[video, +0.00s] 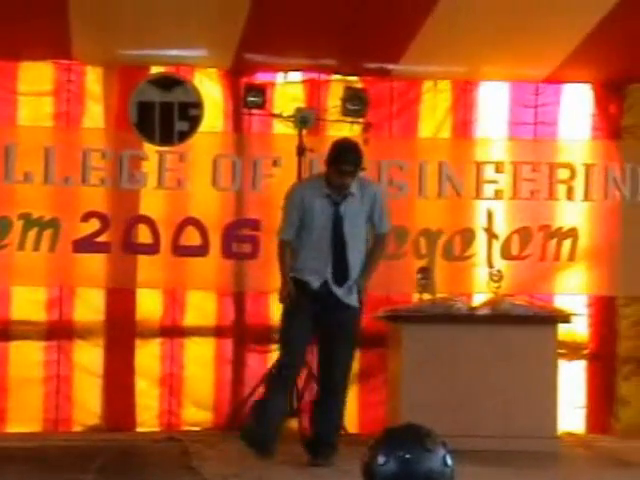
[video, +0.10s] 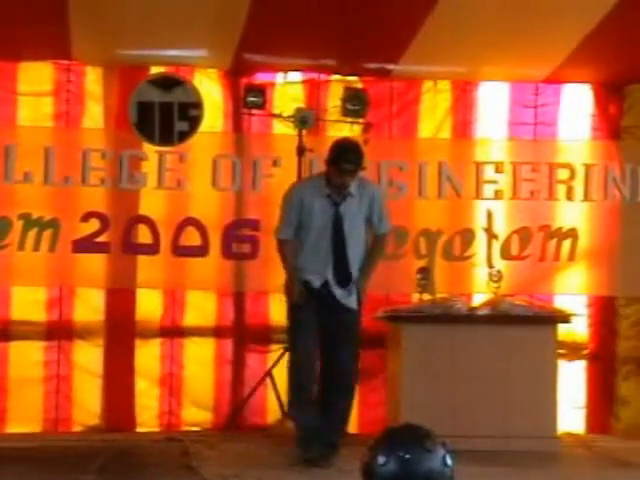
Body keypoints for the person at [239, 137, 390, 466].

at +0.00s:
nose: (345, 182)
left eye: (351, 176)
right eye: (340, 175)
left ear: (359, 172)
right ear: (327, 168)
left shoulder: (370, 195)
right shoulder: (302, 193)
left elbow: (380, 237)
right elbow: (286, 239)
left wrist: (364, 279)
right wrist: (285, 280)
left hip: (346, 293)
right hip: (306, 289)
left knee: (335, 374)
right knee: (289, 363)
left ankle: (324, 444)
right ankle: (263, 432)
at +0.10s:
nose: (346, 181)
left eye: (352, 174)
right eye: (340, 174)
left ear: (359, 171)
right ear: (328, 167)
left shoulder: (370, 193)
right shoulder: (301, 192)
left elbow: (381, 234)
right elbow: (285, 236)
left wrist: (363, 279)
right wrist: (293, 276)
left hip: (346, 291)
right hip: (307, 288)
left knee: (342, 367)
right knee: (304, 364)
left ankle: (330, 439)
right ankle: (307, 436)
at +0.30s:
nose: (341, 181)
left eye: (346, 174)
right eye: (335, 174)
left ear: (352, 171)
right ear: (320, 168)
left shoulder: (357, 198)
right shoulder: (293, 195)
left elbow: (360, 239)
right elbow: (270, 236)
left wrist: (351, 278)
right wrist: (290, 279)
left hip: (339, 297)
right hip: (301, 295)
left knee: (337, 368)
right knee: (305, 369)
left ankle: (312, 434)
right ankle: (322, 442)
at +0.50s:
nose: (324, 185)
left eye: (329, 178)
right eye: (317, 178)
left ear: (335, 176)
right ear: (303, 176)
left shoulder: (345, 206)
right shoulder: (281, 206)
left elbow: (347, 250)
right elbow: (252, 245)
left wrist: (337, 291)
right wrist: (276, 284)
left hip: (318, 306)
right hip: (279, 303)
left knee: (310, 381)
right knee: (265, 373)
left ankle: (284, 444)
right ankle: (272, 445)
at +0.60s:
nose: (320, 179)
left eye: (325, 171)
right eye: (314, 171)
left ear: (332, 169)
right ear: (300, 168)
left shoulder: (343, 196)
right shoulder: (276, 197)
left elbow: (351, 242)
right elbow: (263, 246)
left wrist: (338, 286)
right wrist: (277, 285)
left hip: (320, 296)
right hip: (283, 294)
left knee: (312, 373)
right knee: (278, 371)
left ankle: (280, 436)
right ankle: (285, 444)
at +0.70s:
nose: (315, 178)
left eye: (321, 171)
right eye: (310, 171)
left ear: (328, 167)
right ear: (296, 165)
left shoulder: (338, 191)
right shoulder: (272, 194)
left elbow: (352, 230)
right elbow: (269, 249)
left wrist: (342, 269)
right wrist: (282, 293)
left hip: (327, 288)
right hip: (288, 289)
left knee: (338, 355)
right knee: (296, 368)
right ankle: (314, 449)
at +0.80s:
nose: (305, 175)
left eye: (311, 168)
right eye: (300, 168)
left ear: (318, 165)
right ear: (286, 164)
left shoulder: (328, 190)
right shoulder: (265, 194)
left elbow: (339, 230)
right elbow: (258, 252)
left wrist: (331, 266)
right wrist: (268, 300)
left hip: (318, 287)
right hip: (280, 288)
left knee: (330, 353)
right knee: (285, 366)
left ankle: (301, 403)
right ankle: (303, 444)